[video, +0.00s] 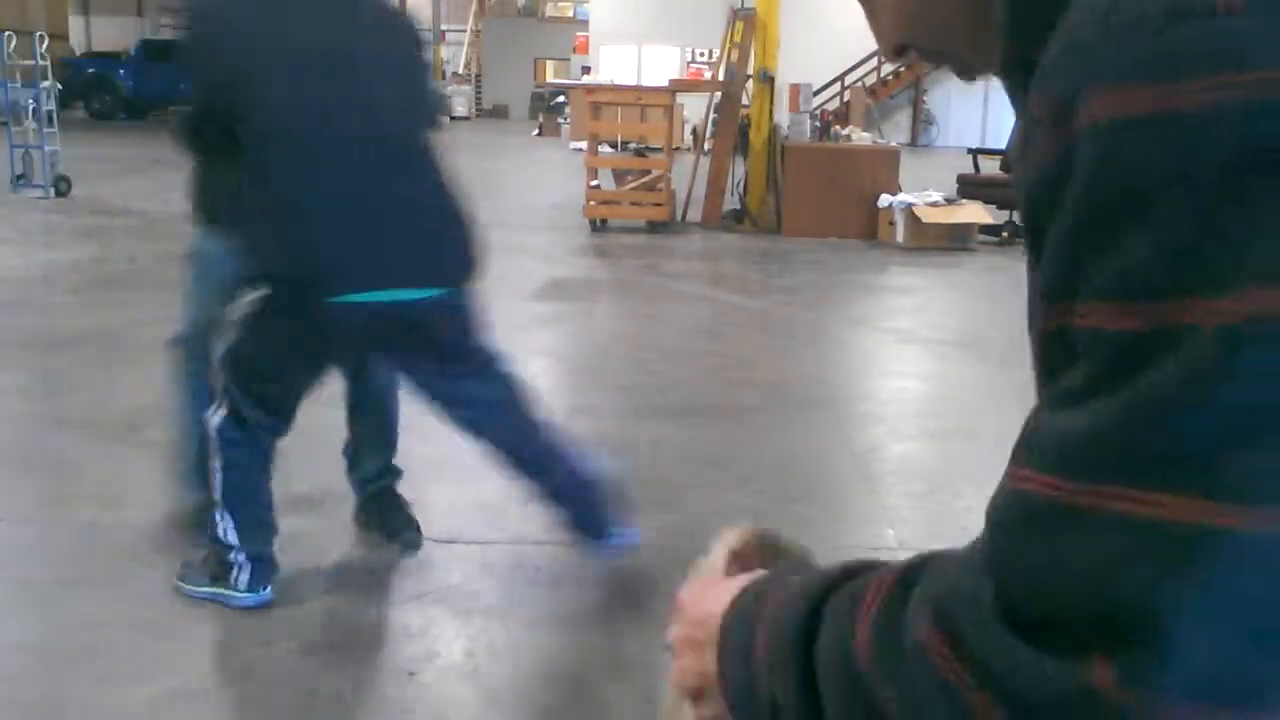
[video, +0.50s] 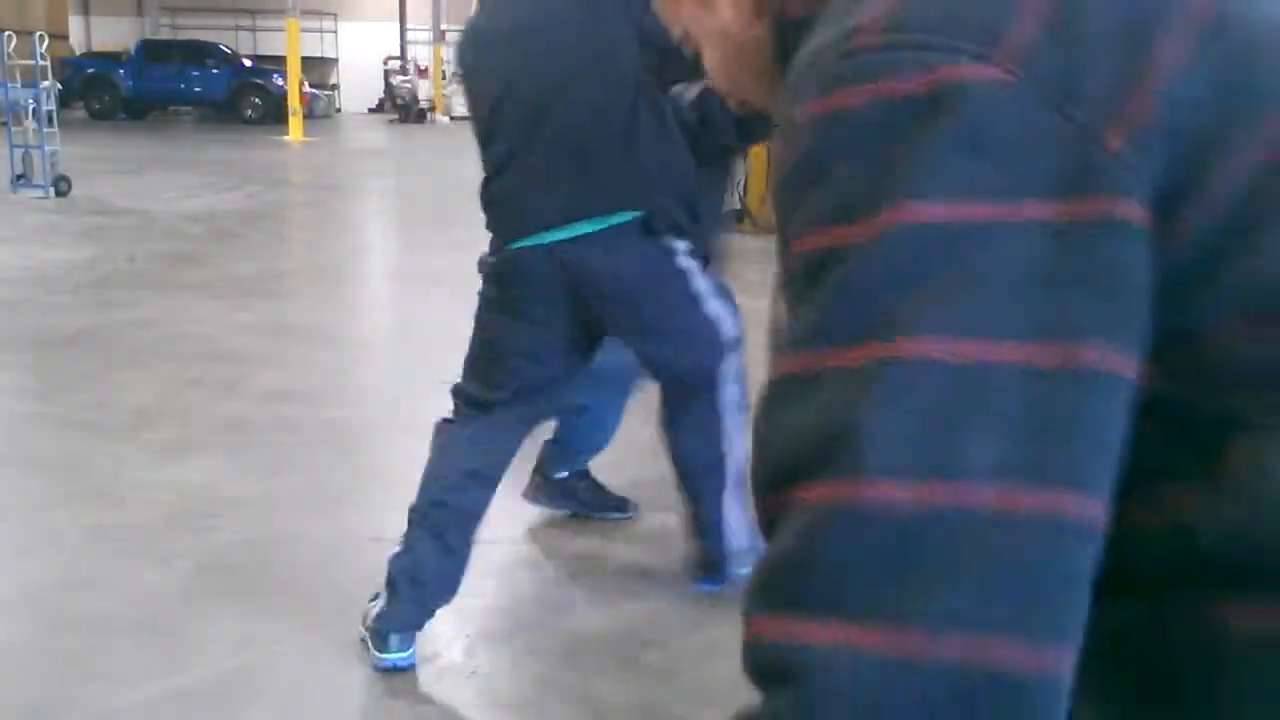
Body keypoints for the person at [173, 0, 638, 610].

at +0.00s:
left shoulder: (225, 23)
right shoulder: (382, 19)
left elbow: (210, 134)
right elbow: (420, 109)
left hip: (321, 276)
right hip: (427, 266)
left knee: (244, 409)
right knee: (488, 401)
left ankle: (244, 565)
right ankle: (599, 518)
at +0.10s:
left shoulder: (313, 21)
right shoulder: (477, 11)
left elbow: (282, 162)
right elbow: (514, 114)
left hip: (407, 267)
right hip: (514, 259)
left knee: (328, 417)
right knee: (567, 405)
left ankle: (256, 563)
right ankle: (657, 553)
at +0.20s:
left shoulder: (376, 17)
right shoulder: (565, 11)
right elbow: (628, 117)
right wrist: (608, 227)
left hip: (479, 252)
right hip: (583, 250)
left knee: (400, 405)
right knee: (600, 396)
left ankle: (329, 571)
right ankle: (661, 553)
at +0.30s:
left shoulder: (424, 11)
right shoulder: (586, 4)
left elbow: (427, 115)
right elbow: (680, 24)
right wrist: (624, 10)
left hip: (501, 227)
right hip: (606, 220)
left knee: (471, 392)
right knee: (647, 396)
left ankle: (383, 576)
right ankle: (667, 564)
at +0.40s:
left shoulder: (458, 23)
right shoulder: (596, 9)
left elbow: (479, 133)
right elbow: (674, 5)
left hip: (517, 237)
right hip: (609, 216)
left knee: (513, 425)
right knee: (675, 385)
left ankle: (408, 612)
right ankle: (678, 558)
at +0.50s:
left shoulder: (479, 33)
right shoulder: (618, 10)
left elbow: (512, 136)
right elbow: (687, 54)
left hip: (525, 254)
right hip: (629, 235)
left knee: (481, 421)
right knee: (705, 363)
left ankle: (398, 619)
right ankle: (726, 555)